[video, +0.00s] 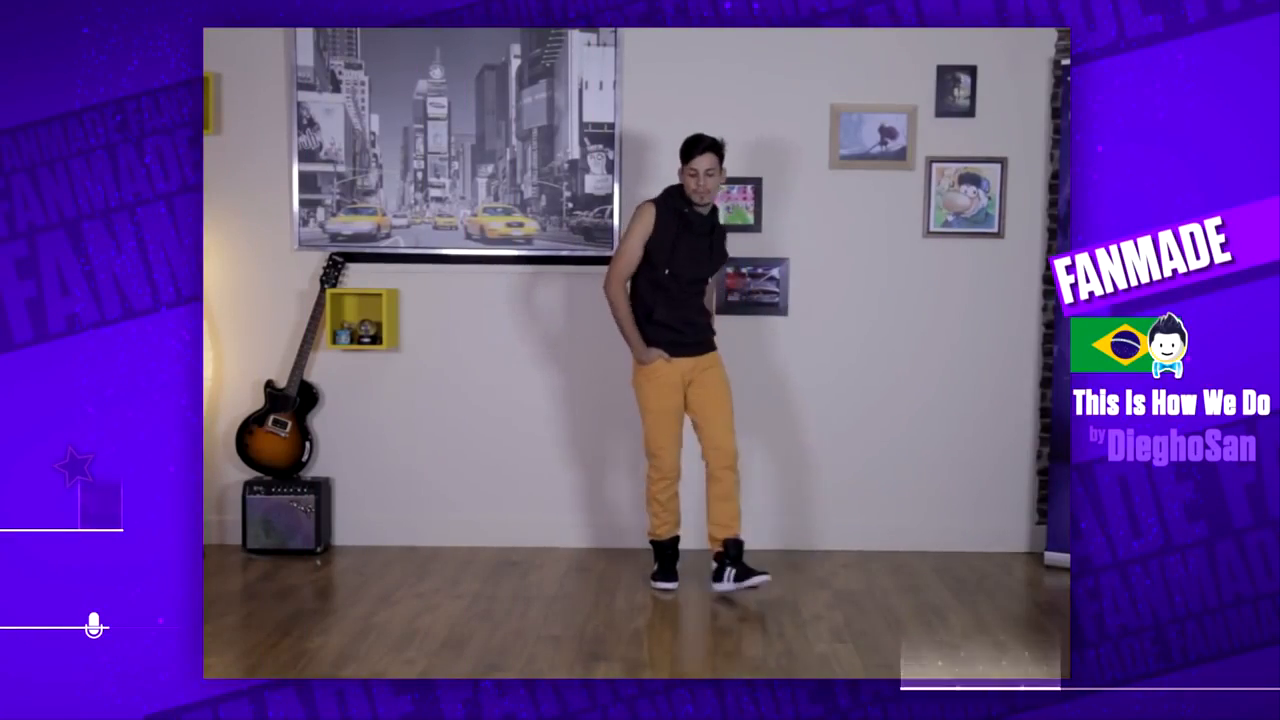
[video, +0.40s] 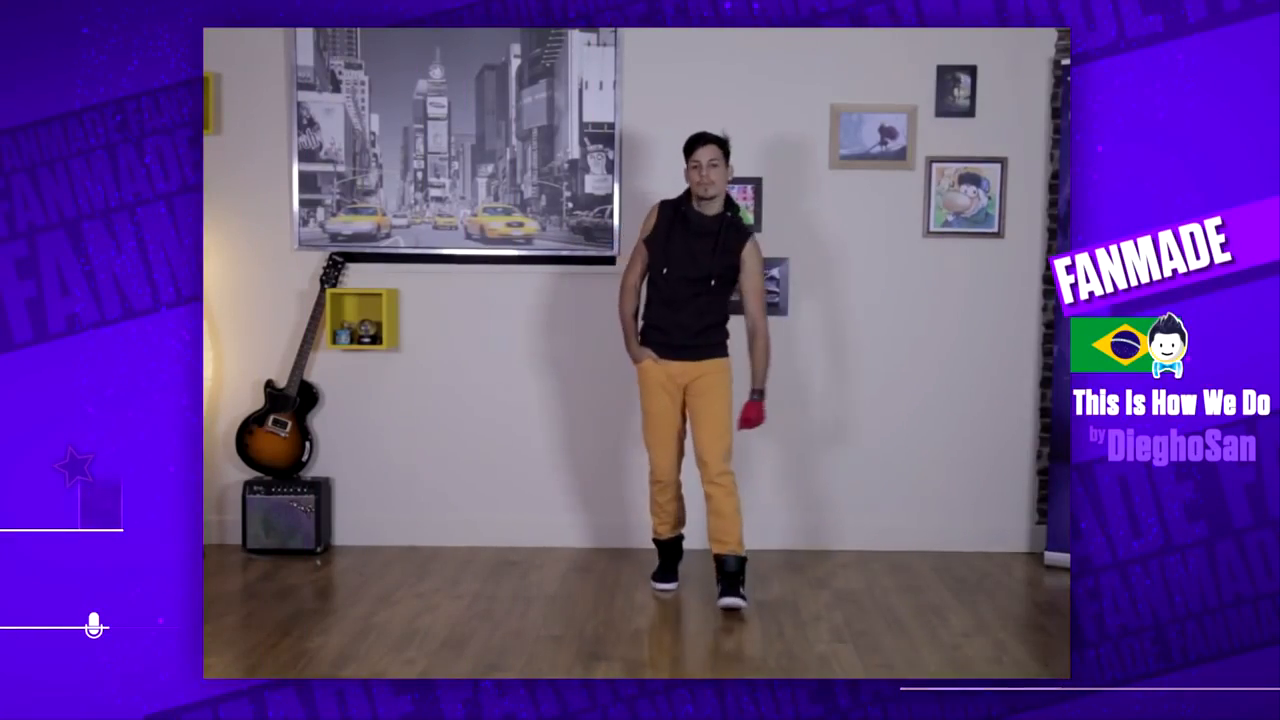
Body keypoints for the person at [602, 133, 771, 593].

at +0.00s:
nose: (702, 182)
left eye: (711, 174)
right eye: (694, 173)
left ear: (722, 177)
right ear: (681, 173)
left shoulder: (715, 224)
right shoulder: (652, 214)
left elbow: (709, 286)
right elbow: (614, 283)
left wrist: (707, 332)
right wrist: (640, 350)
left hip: (704, 358)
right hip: (659, 362)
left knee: (723, 457)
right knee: (665, 464)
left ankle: (727, 562)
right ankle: (665, 558)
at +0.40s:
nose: (704, 174)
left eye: (713, 165)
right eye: (696, 166)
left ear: (729, 172)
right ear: (686, 173)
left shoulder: (741, 240)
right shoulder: (661, 217)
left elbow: (757, 321)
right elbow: (629, 286)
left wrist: (757, 391)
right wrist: (633, 346)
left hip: (710, 366)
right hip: (656, 363)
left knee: (716, 469)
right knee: (664, 469)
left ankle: (730, 576)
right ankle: (667, 556)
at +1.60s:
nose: (734, 162)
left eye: (746, 154)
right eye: (727, 152)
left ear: (763, 162)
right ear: (718, 156)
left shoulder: (779, 218)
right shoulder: (690, 217)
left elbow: (798, 291)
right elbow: (657, 293)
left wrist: (811, 347)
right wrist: (679, 352)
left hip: (763, 369)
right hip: (706, 366)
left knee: (744, 478)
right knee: (690, 472)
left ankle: (733, 579)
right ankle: (683, 545)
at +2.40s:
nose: (707, 153)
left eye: (719, 145)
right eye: (700, 144)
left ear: (736, 155)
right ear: (690, 151)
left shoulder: (753, 226)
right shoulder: (658, 209)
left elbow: (767, 307)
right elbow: (625, 289)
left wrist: (747, 331)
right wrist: (650, 352)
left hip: (736, 376)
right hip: (677, 374)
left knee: (751, 483)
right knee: (661, 488)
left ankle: (737, 579)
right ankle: (643, 597)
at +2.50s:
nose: (696, 153)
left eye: (708, 146)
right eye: (689, 144)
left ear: (724, 157)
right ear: (677, 151)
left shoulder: (746, 219)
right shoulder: (649, 215)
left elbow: (764, 305)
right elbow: (612, 293)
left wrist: (720, 289)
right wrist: (644, 354)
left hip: (735, 376)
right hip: (673, 375)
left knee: (758, 481)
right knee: (660, 489)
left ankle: (750, 576)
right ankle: (644, 598)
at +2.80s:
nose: (725, 166)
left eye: (735, 157)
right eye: (715, 156)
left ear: (745, 157)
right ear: (696, 156)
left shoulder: (757, 202)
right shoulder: (684, 218)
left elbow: (742, 273)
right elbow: (662, 297)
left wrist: (710, 208)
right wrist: (664, 347)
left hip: (752, 378)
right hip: (691, 375)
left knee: (774, 494)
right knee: (665, 492)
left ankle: (800, 604)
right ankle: (653, 600)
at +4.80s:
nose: (719, 168)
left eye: (731, 160)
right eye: (715, 157)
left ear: (760, 164)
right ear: (710, 157)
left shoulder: (773, 225)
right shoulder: (684, 205)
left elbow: (775, 299)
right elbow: (641, 285)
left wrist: (733, 236)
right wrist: (663, 354)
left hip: (753, 378)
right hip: (690, 376)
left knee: (769, 491)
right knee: (663, 493)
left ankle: (789, 603)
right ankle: (644, 599)